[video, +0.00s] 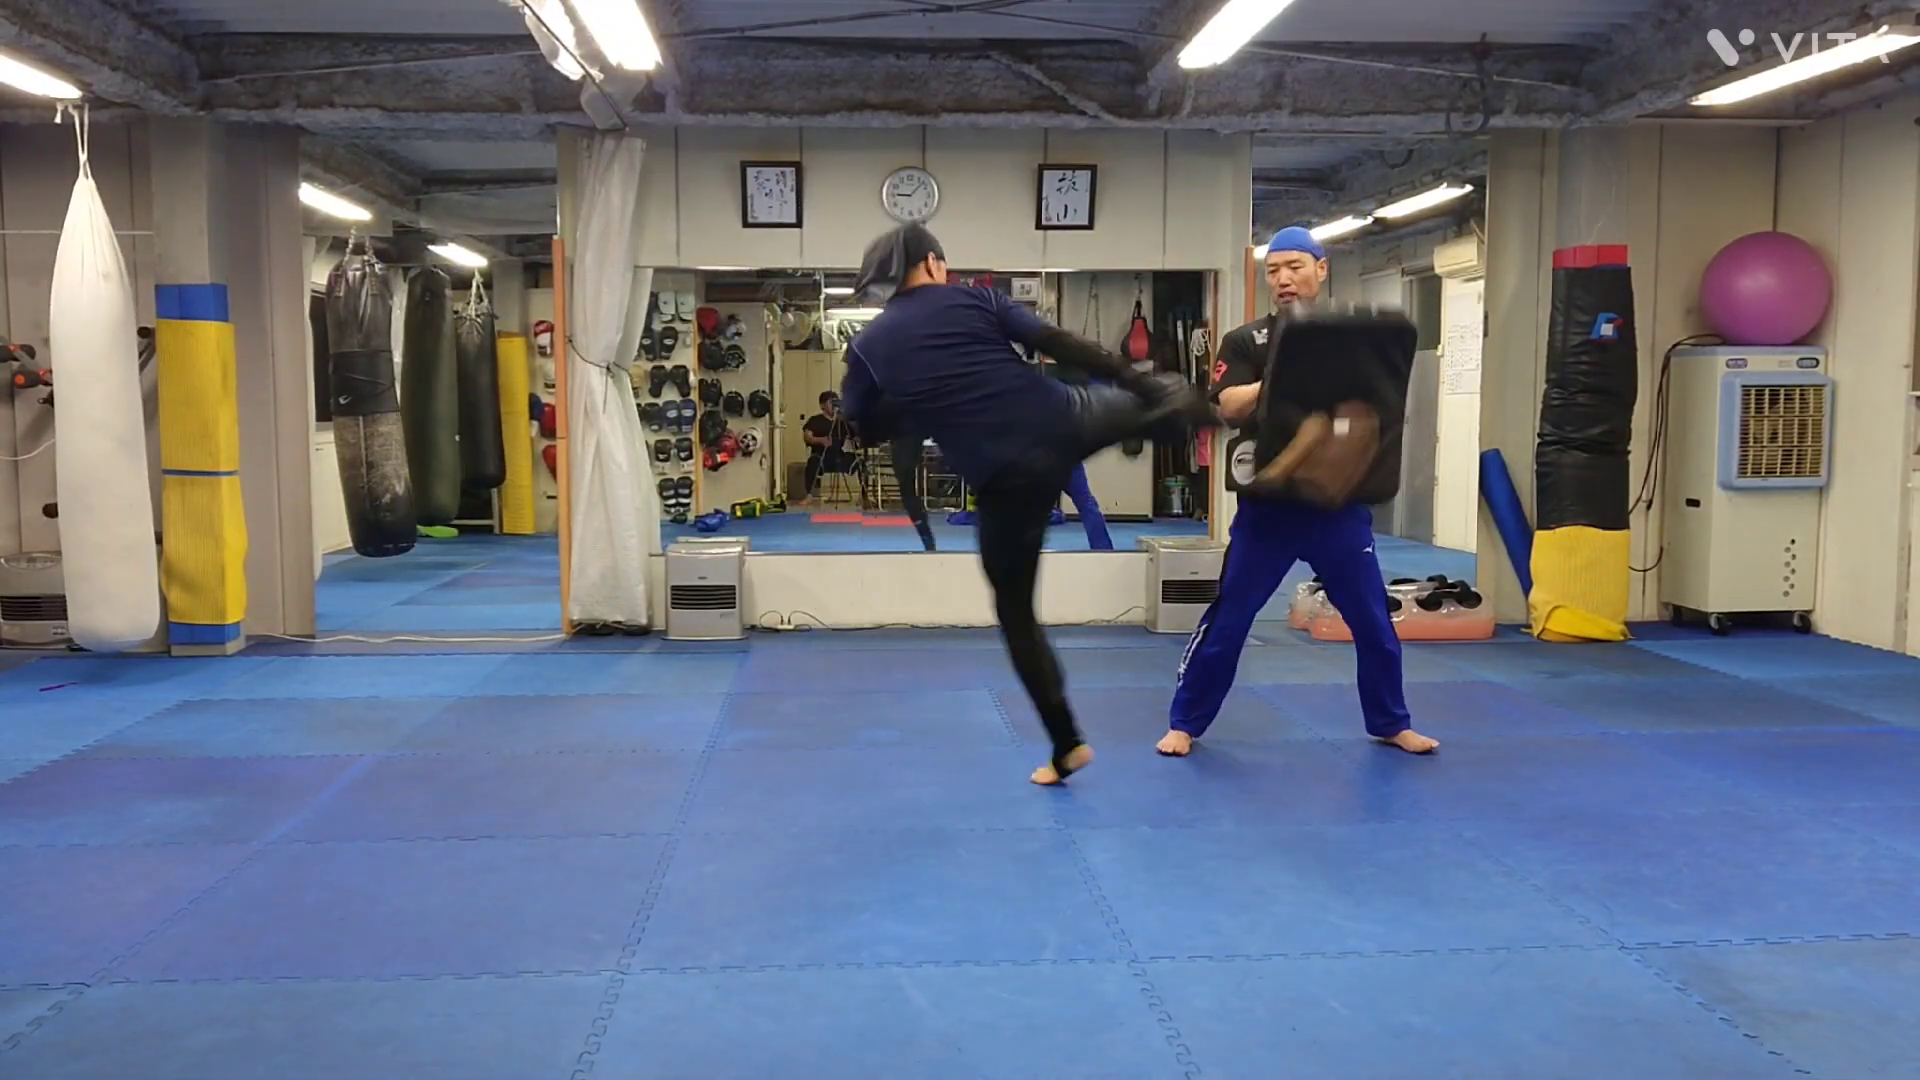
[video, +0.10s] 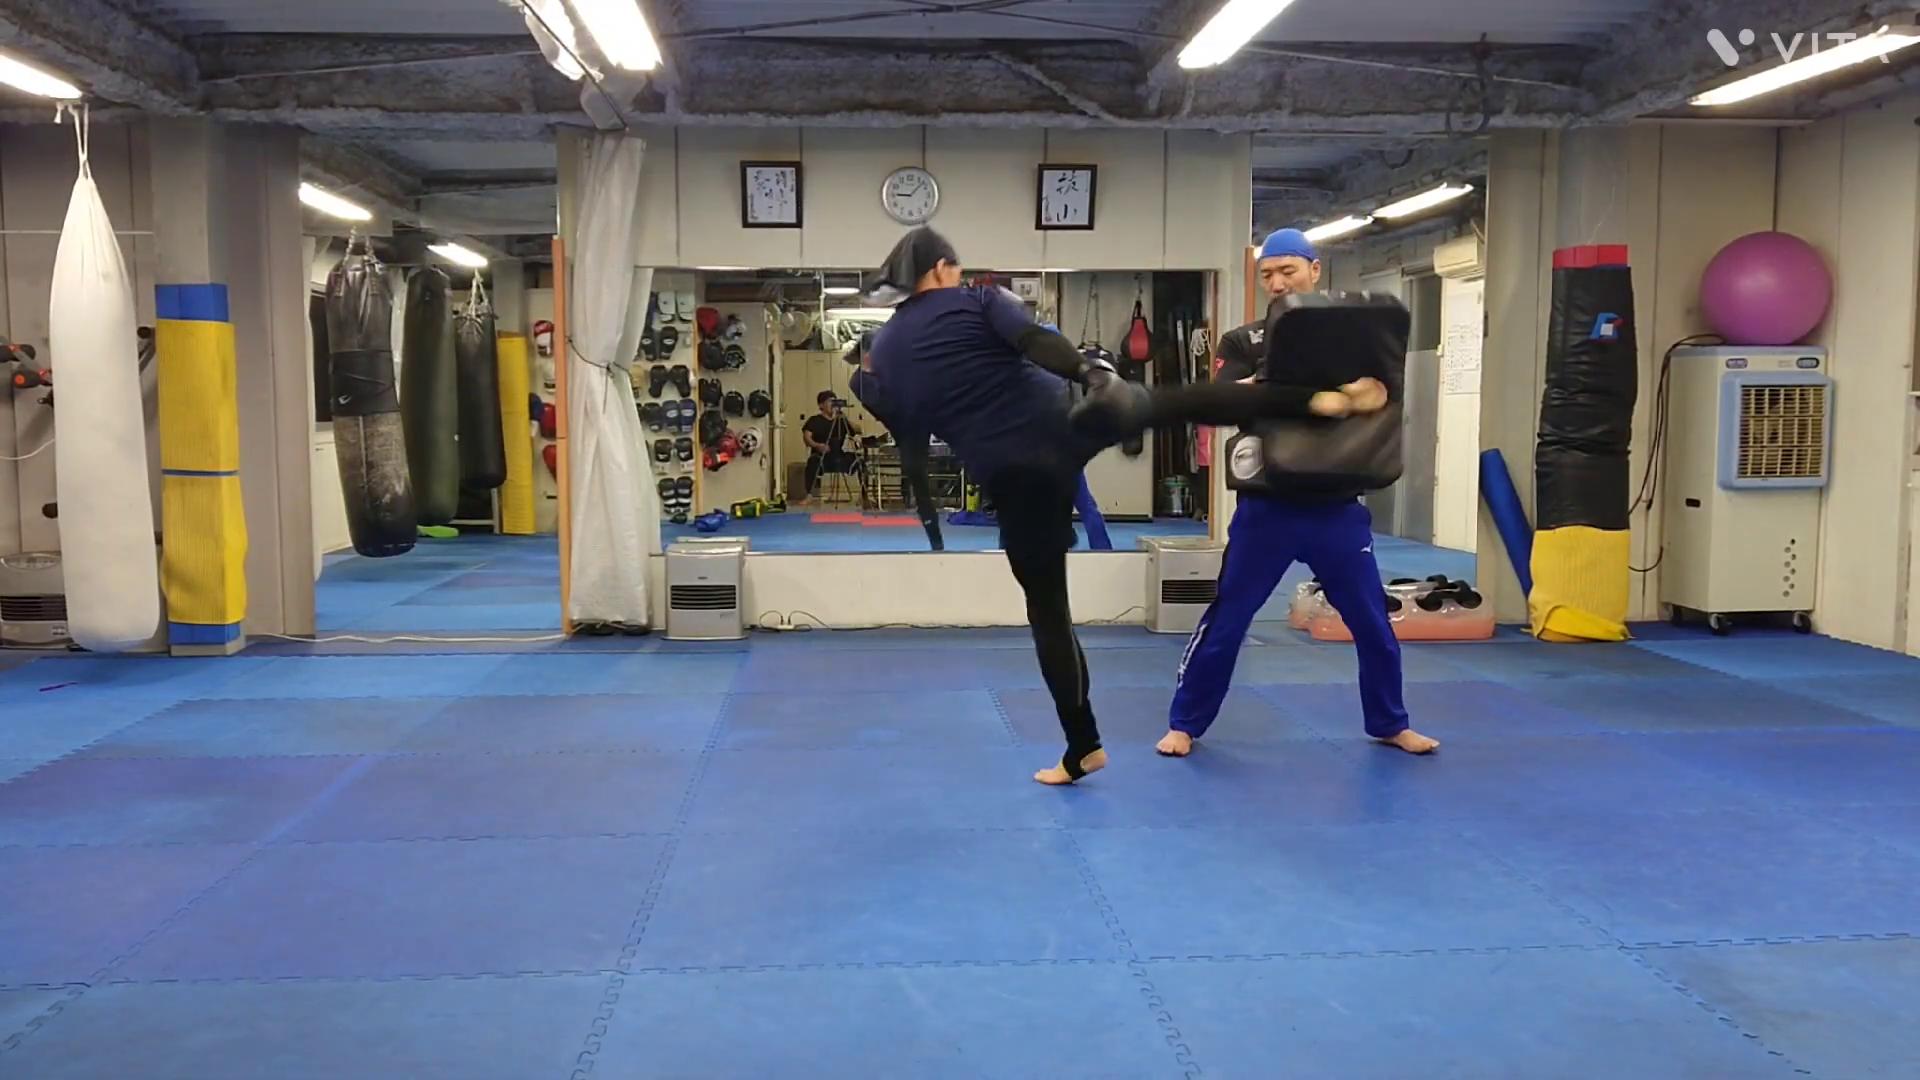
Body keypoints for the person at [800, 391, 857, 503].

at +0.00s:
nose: (834, 405)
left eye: (835, 402)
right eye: (831, 403)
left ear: (838, 404)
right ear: (823, 405)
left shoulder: (842, 420)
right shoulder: (815, 420)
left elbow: (853, 436)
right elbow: (807, 437)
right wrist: (822, 440)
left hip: (839, 456)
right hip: (821, 457)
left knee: (860, 462)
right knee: (812, 462)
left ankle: (864, 495)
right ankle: (809, 495)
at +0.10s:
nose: (833, 404)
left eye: (834, 401)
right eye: (830, 401)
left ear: (837, 403)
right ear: (821, 405)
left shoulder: (841, 420)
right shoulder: (814, 420)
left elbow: (858, 430)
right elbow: (807, 437)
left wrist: (844, 417)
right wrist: (818, 446)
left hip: (839, 456)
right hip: (821, 457)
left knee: (860, 462)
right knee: (813, 462)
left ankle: (864, 495)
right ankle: (809, 495)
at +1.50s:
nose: (823, 401)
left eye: (823, 399)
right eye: (818, 400)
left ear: (826, 402)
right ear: (811, 406)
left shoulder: (835, 418)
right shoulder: (808, 423)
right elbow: (806, 444)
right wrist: (820, 453)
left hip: (839, 455)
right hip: (821, 457)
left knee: (854, 457)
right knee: (811, 461)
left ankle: (857, 490)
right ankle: (808, 495)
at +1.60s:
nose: (822, 402)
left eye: (823, 399)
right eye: (818, 400)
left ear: (826, 402)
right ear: (811, 406)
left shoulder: (834, 418)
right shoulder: (808, 423)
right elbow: (806, 444)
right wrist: (820, 453)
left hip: (837, 456)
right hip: (820, 458)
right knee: (811, 461)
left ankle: (844, 494)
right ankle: (808, 495)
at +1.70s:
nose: (821, 401)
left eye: (821, 399)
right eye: (817, 400)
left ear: (825, 401)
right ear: (810, 406)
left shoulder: (832, 419)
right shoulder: (807, 423)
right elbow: (805, 443)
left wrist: (835, 401)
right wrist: (820, 453)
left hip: (834, 453)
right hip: (818, 455)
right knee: (810, 462)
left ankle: (840, 493)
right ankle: (808, 494)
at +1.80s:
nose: (821, 402)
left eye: (820, 399)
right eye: (817, 400)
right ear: (810, 406)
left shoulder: (830, 420)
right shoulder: (807, 423)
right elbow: (805, 443)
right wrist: (819, 453)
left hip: (831, 458)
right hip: (815, 459)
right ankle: (810, 495)